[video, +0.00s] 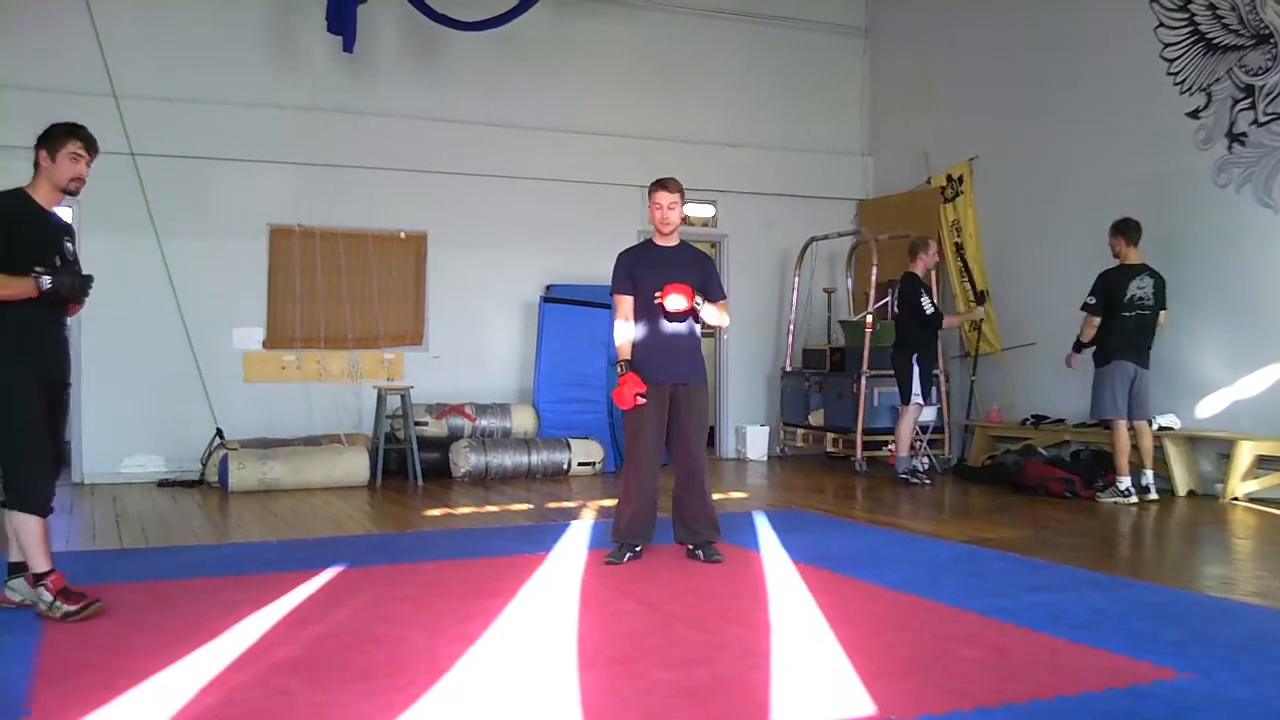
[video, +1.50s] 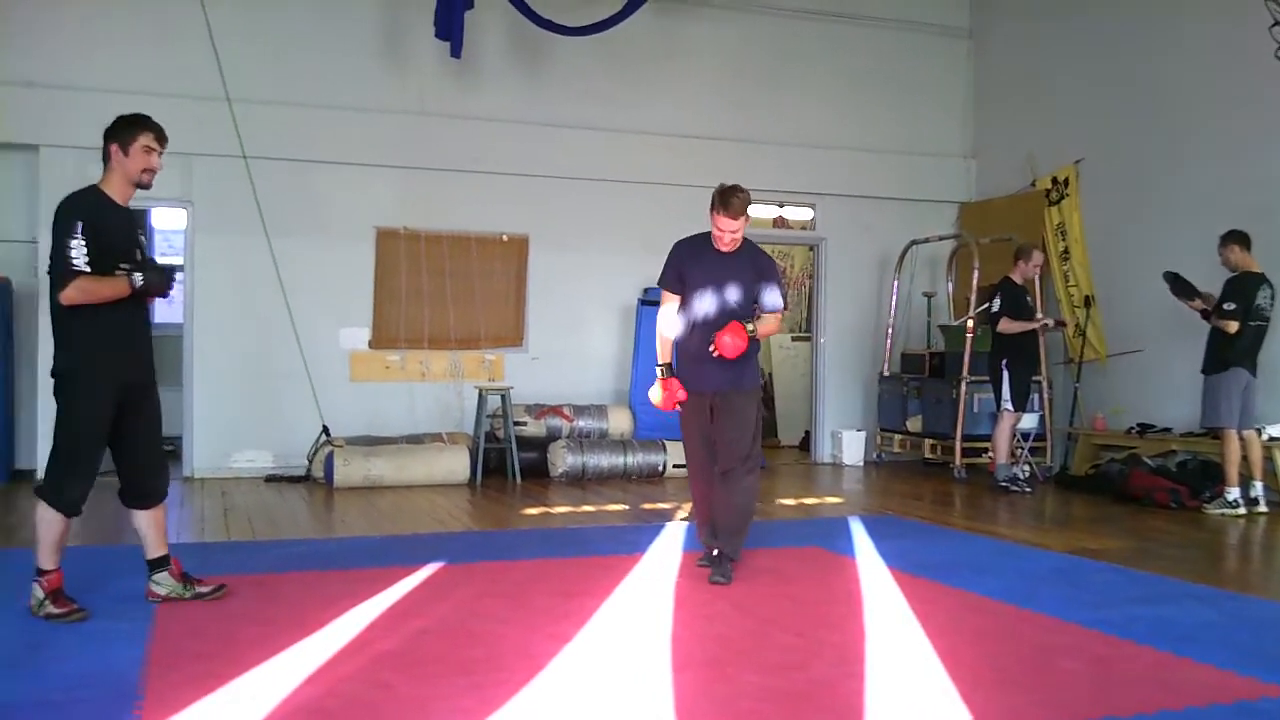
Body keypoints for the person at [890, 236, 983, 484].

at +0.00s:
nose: (937, 258)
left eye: (937, 254)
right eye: (934, 254)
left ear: (918, 257)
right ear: (921, 257)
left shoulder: (910, 283)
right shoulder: (914, 285)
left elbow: (930, 320)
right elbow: (936, 321)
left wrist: (963, 317)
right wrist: (970, 316)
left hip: (911, 353)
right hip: (912, 355)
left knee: (911, 408)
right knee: (912, 408)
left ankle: (904, 462)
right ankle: (903, 465)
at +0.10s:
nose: (937, 259)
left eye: (936, 254)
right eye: (933, 254)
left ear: (918, 257)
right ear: (919, 257)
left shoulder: (911, 283)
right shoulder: (913, 285)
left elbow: (931, 321)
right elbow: (932, 323)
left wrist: (963, 328)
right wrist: (967, 329)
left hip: (913, 354)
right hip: (911, 355)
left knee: (912, 408)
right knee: (913, 408)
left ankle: (903, 462)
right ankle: (902, 465)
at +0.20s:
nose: (936, 259)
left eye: (936, 254)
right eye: (933, 255)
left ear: (919, 258)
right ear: (920, 257)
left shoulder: (910, 284)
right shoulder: (912, 285)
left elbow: (919, 325)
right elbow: (927, 325)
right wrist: (962, 335)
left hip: (912, 353)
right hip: (912, 355)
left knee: (908, 408)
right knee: (914, 407)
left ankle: (904, 462)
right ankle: (903, 465)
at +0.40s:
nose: (941, 259)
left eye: (941, 254)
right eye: (938, 254)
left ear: (925, 256)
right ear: (925, 256)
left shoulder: (919, 283)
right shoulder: (914, 283)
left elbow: (924, 322)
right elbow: (920, 324)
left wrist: (949, 333)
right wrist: (953, 335)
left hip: (919, 351)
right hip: (914, 352)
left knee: (915, 406)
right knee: (917, 405)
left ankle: (910, 459)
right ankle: (908, 462)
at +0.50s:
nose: (975, 260)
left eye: (975, 255)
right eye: (972, 255)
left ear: (958, 256)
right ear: (959, 256)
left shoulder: (955, 284)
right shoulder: (945, 284)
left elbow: (958, 322)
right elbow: (951, 324)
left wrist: (982, 330)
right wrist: (985, 333)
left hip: (956, 351)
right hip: (947, 352)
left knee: (951, 406)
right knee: (951, 405)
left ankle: (946, 460)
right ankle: (944, 463)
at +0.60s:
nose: (1008, 266)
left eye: (1009, 261)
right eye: (1005, 261)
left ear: (993, 261)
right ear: (992, 261)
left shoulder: (989, 289)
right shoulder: (976, 287)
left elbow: (995, 324)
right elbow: (981, 327)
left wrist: (1022, 327)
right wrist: (1016, 334)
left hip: (990, 357)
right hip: (979, 357)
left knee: (983, 412)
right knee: (981, 411)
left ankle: (977, 466)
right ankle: (975, 469)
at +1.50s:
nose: (1038, 271)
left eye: (1040, 267)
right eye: (1035, 266)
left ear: (1024, 266)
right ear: (1020, 264)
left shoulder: (1021, 290)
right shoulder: (1005, 288)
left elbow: (1023, 322)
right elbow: (1000, 325)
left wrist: (1049, 324)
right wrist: (1035, 324)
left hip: (1020, 361)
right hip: (1007, 361)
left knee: (1012, 415)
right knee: (1008, 415)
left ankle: (1005, 468)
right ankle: (1001, 471)